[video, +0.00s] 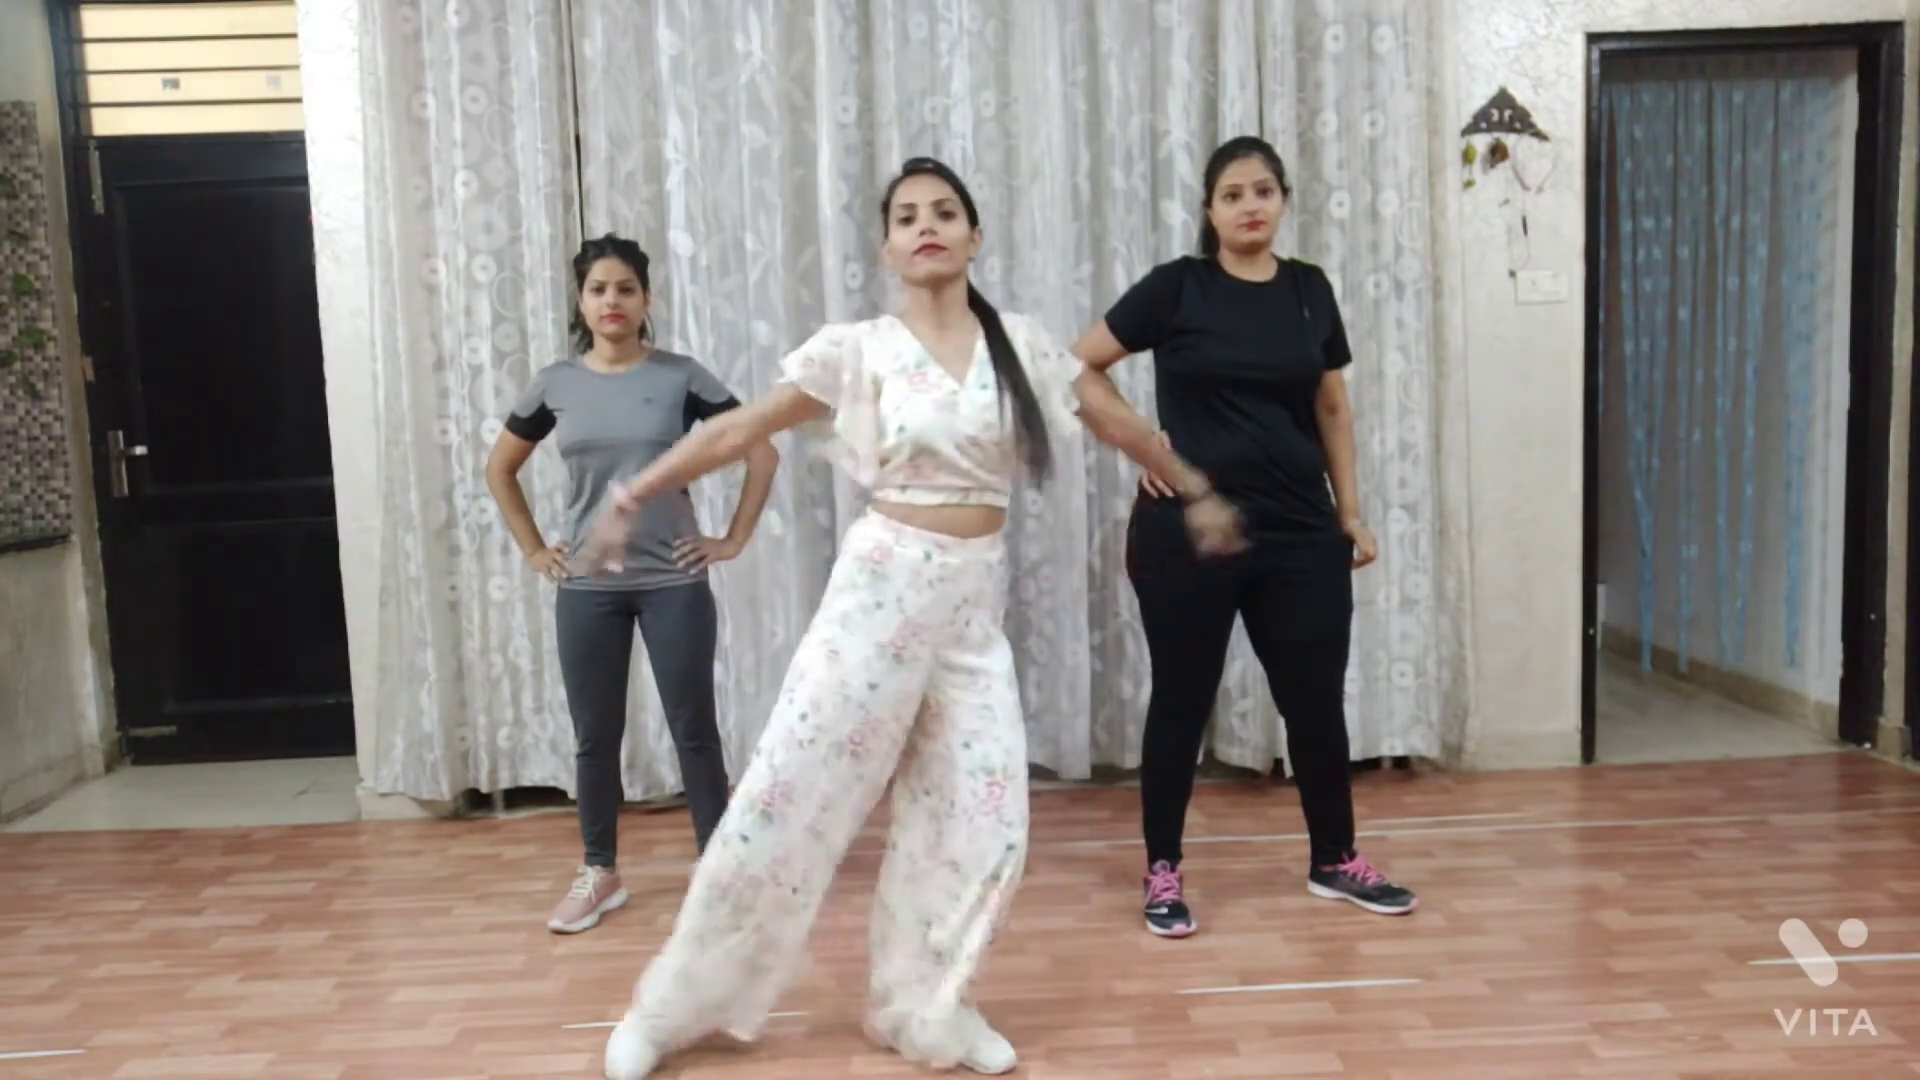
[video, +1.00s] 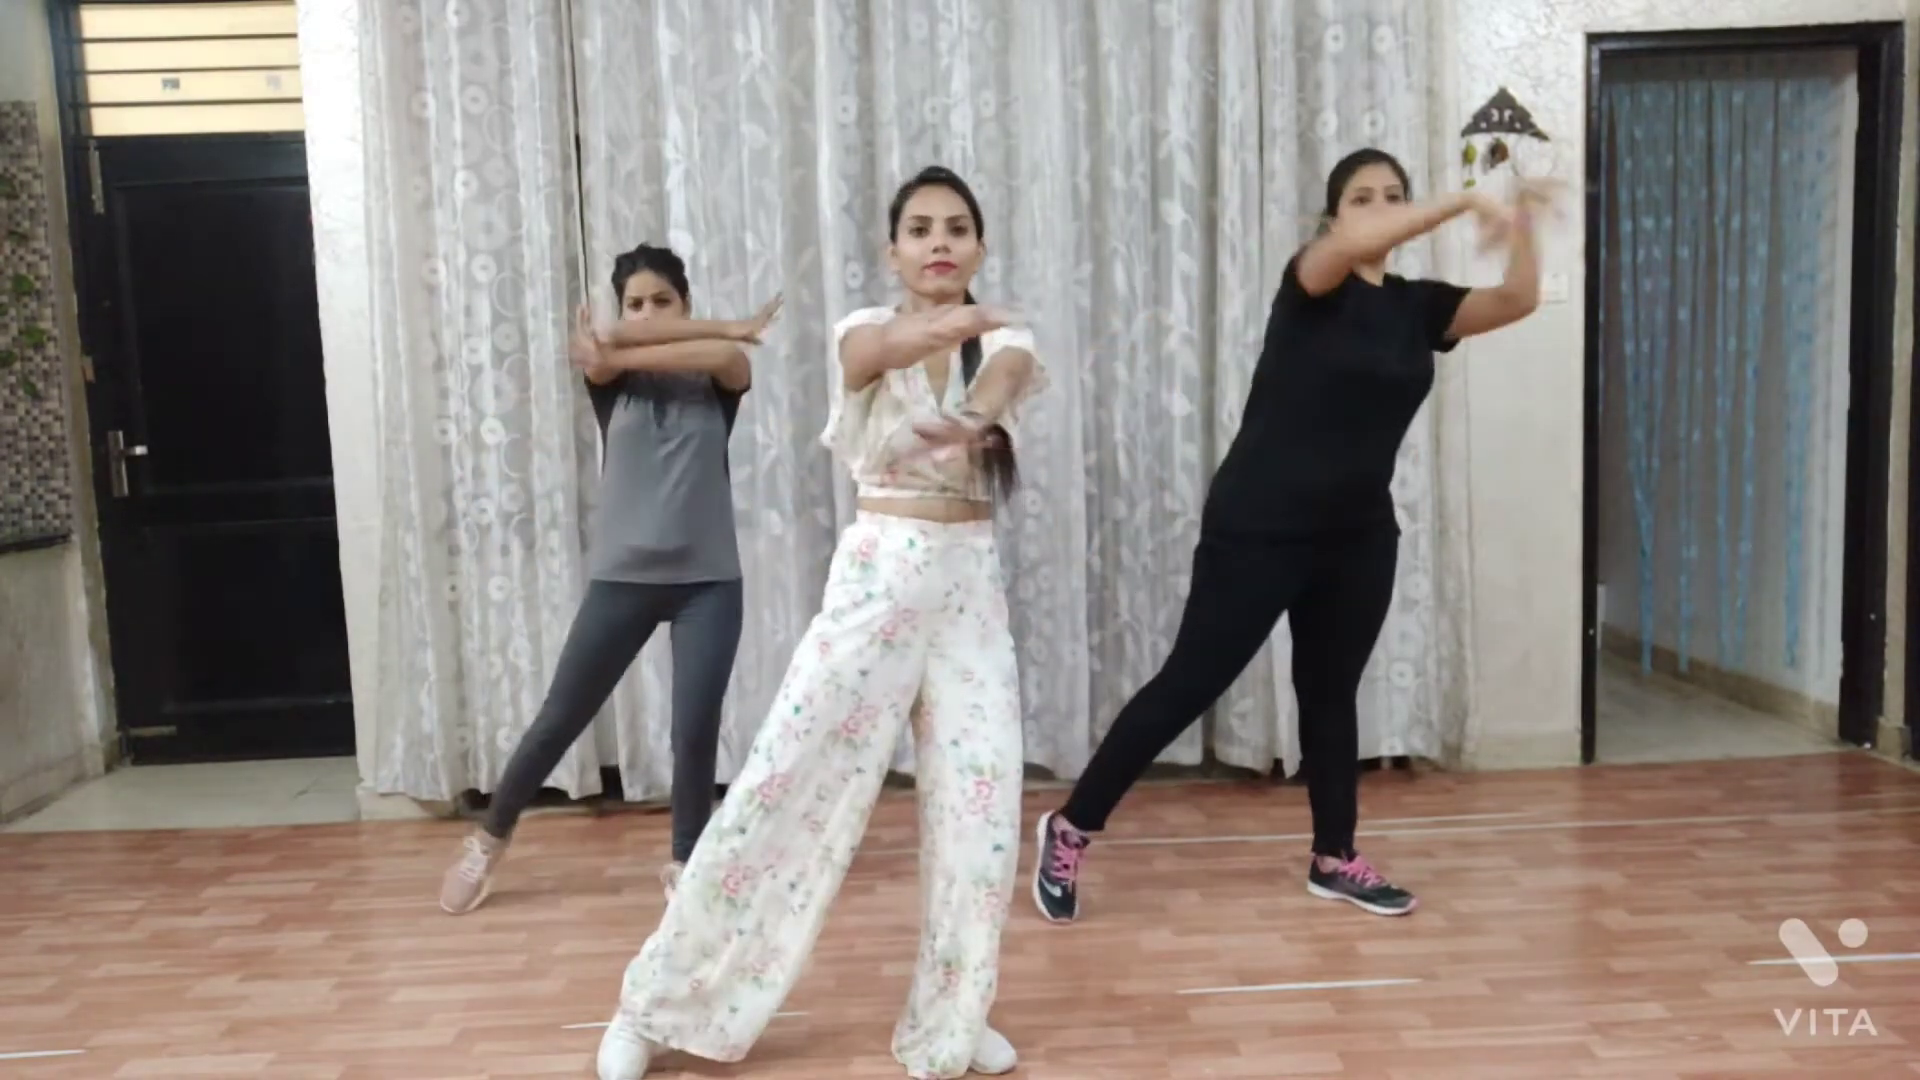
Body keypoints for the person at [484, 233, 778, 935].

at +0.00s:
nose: (612, 300)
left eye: (625, 288)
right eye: (598, 289)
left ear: (647, 299)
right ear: (580, 302)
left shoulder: (683, 379)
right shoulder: (555, 385)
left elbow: (764, 454)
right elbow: (499, 469)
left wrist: (735, 538)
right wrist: (535, 548)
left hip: (674, 580)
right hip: (587, 586)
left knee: (695, 733)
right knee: (595, 739)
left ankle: (719, 876)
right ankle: (599, 872)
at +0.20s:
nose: (613, 299)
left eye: (626, 287)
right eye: (599, 288)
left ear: (647, 297)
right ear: (581, 300)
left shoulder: (683, 378)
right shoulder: (555, 383)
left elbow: (761, 456)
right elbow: (488, 463)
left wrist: (748, 550)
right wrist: (524, 546)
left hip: (671, 574)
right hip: (587, 580)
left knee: (691, 730)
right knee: (594, 737)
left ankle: (720, 874)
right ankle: (600, 872)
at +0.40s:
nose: (621, 303)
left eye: (634, 290)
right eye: (608, 292)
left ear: (658, 297)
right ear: (591, 303)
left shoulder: (694, 379)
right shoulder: (569, 375)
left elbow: (752, 460)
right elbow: (473, 441)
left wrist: (806, 518)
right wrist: (473, 529)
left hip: (674, 574)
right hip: (589, 582)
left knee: (680, 732)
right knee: (595, 738)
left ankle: (687, 873)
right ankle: (599, 873)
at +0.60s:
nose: (632, 309)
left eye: (646, 295)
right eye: (620, 298)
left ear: (675, 302)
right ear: (606, 309)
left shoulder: (707, 379)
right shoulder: (600, 372)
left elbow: (750, 421)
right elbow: (565, 384)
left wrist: (807, 455)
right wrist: (524, 370)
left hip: (688, 580)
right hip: (605, 581)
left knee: (688, 726)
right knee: (567, 721)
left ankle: (685, 869)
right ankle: (579, 864)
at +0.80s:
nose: (644, 312)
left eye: (656, 299)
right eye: (631, 303)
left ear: (685, 302)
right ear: (616, 311)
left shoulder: (724, 372)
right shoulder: (604, 365)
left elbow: (697, 378)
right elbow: (621, 362)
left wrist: (648, 343)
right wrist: (723, 320)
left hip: (708, 574)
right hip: (623, 575)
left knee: (696, 734)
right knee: (549, 714)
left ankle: (687, 876)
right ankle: (471, 836)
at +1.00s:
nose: (648, 313)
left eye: (662, 301)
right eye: (636, 304)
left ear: (688, 303)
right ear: (618, 311)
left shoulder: (727, 367)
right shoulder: (605, 367)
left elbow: (716, 359)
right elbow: (612, 343)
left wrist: (619, 349)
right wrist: (731, 329)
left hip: (710, 576)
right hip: (625, 576)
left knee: (697, 734)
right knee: (557, 723)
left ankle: (688, 870)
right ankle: (488, 841)